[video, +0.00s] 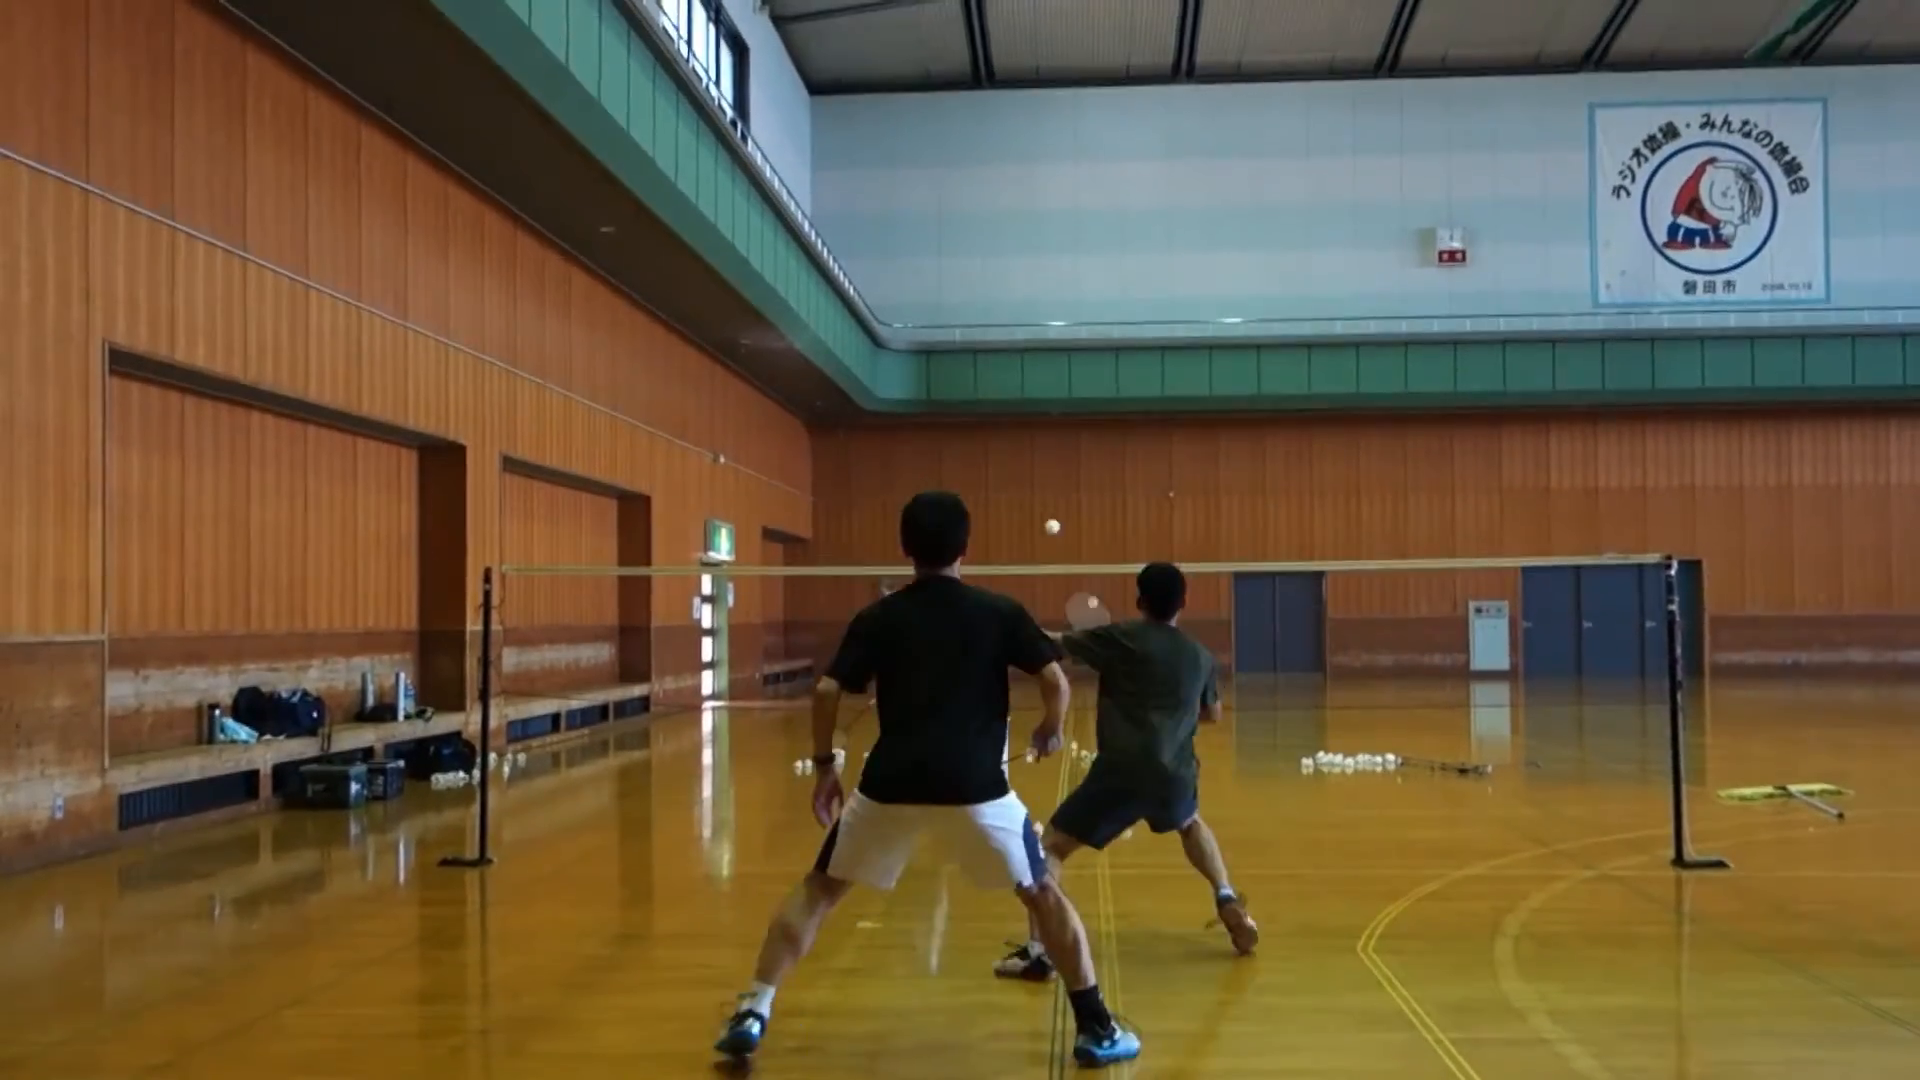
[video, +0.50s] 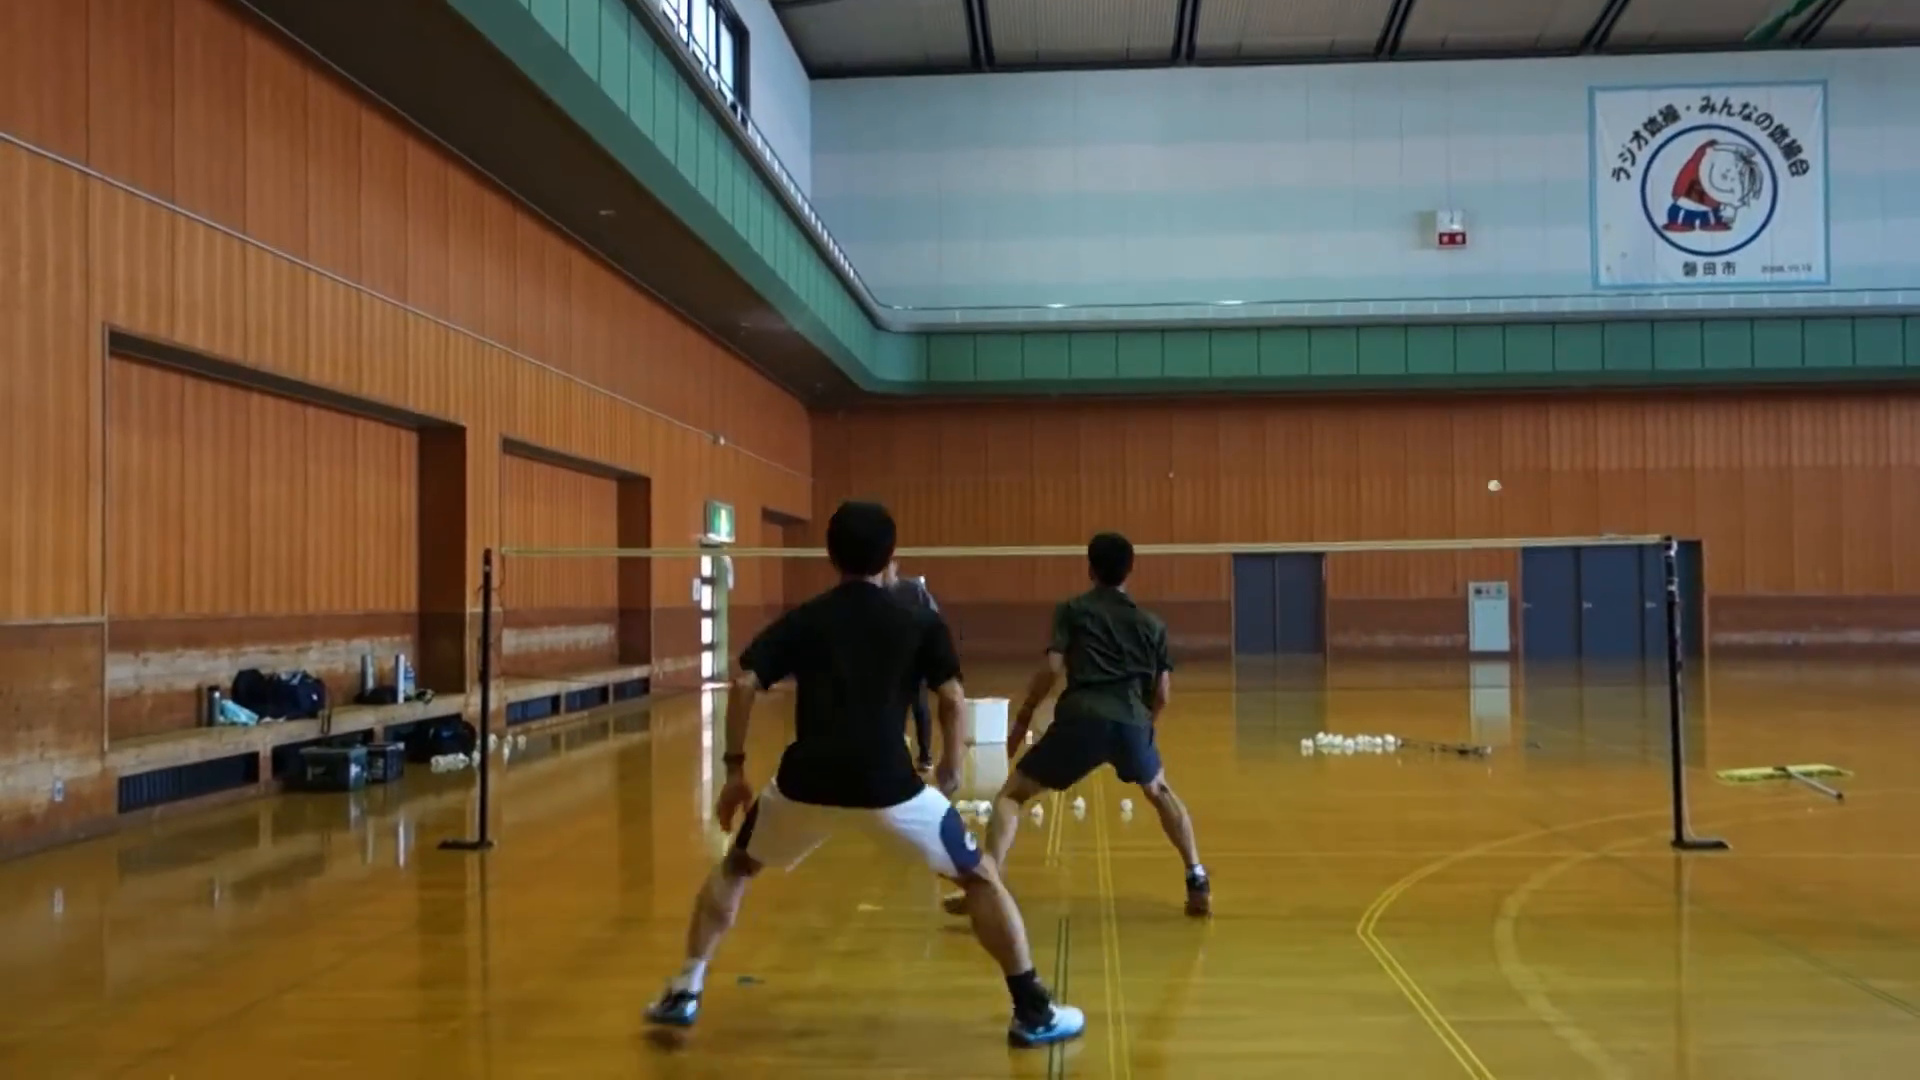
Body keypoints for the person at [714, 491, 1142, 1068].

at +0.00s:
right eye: (958, 539)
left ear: (905, 547)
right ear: (964, 547)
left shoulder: (878, 617)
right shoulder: (999, 613)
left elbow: (826, 691)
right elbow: (1056, 679)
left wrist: (825, 766)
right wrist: (1051, 728)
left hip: (890, 788)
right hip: (976, 789)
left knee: (817, 890)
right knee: (1043, 893)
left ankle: (754, 1009)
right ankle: (1096, 1027)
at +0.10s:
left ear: (912, 529)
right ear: (971, 531)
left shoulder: (881, 597)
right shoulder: (1003, 599)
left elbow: (828, 670)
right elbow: (1044, 673)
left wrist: (840, 738)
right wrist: (1039, 720)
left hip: (894, 765)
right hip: (982, 766)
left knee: (836, 877)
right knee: (1048, 869)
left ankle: (800, 1011)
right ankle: (1103, 992)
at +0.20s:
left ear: (910, 538)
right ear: (969, 540)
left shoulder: (881, 608)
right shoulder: (1000, 610)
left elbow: (835, 684)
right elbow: (1030, 701)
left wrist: (838, 762)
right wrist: (1019, 766)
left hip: (900, 780)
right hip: (989, 775)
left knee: (848, 882)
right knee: (1054, 876)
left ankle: (817, 1013)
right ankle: (1117, 1000)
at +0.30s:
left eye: (899, 548)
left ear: (896, 554)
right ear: (954, 557)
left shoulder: (869, 624)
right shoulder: (986, 621)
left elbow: (816, 701)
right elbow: (1018, 708)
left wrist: (803, 783)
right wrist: (1022, 764)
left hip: (900, 793)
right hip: (985, 789)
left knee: (833, 877)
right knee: (1058, 888)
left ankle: (819, 1009)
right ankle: (1124, 1004)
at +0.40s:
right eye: (925, 540)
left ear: (868, 545)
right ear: (926, 547)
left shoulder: (838, 606)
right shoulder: (953, 607)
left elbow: (772, 655)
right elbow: (994, 672)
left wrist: (771, 740)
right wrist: (1000, 739)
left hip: (847, 772)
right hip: (931, 777)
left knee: (782, 853)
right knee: (1014, 875)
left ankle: (780, 981)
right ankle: (1088, 996)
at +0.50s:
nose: (894, 555)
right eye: (893, 549)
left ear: (832, 555)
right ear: (890, 558)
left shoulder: (808, 617)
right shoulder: (917, 623)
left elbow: (742, 681)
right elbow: (952, 699)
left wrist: (734, 770)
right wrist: (949, 782)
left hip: (806, 782)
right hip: (889, 784)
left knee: (737, 868)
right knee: (977, 877)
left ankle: (685, 988)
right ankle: (1033, 1008)